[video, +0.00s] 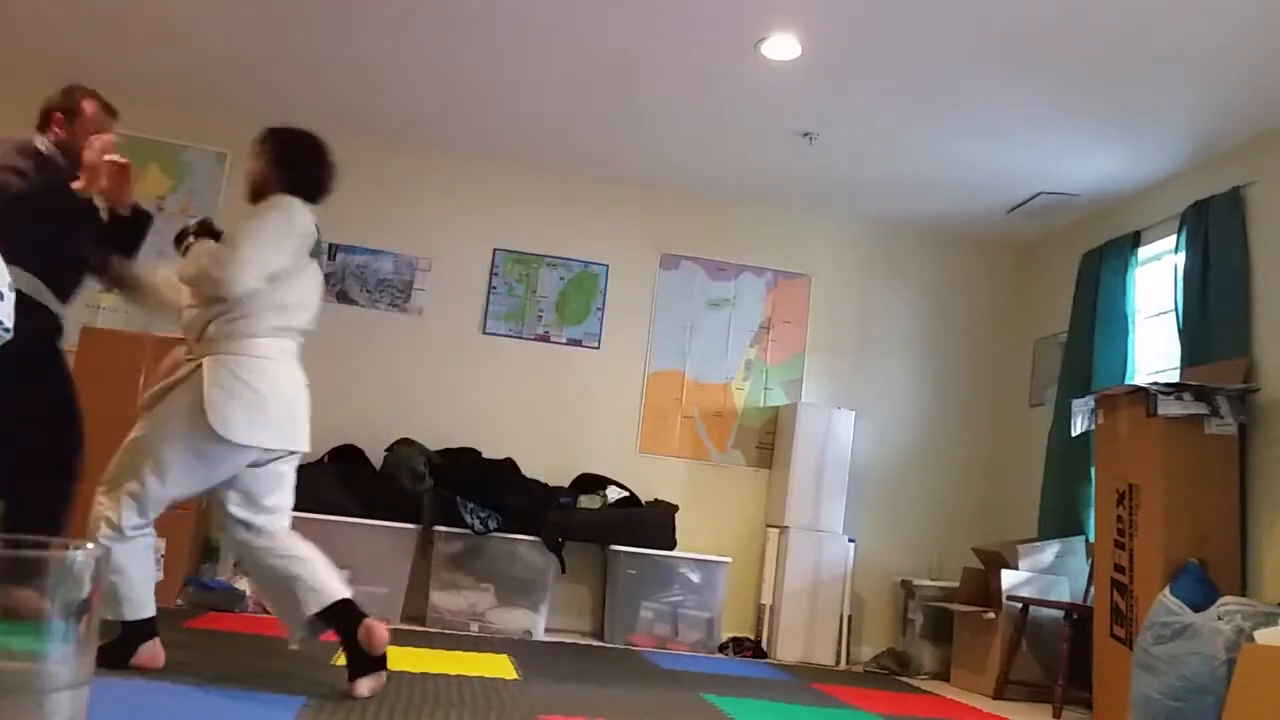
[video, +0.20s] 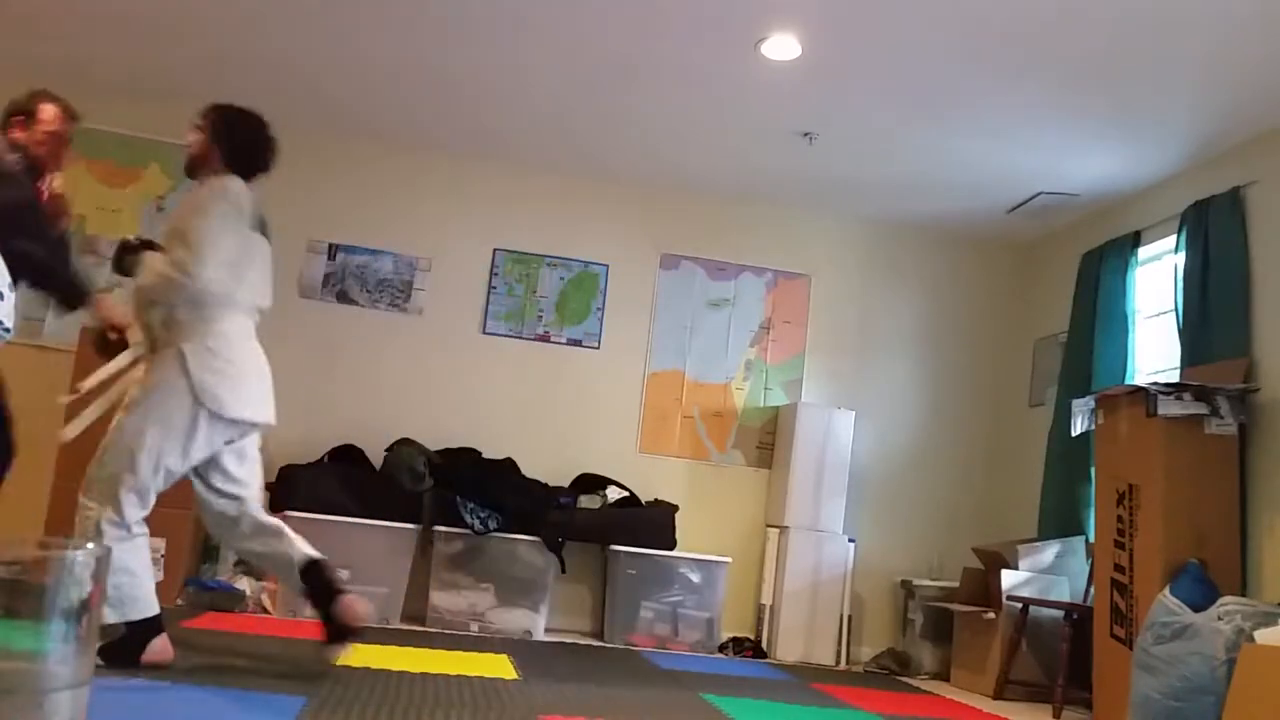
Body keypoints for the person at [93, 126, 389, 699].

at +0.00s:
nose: (250, 166)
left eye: (258, 157)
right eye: (254, 155)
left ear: (277, 167)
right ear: (307, 177)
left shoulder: (282, 212)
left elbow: (233, 277)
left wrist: (196, 245)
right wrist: (122, 271)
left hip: (236, 388)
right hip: (282, 397)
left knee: (123, 499)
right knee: (258, 529)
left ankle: (136, 633)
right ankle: (354, 626)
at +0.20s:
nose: (187, 141)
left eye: (198, 133)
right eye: (193, 131)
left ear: (221, 147)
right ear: (241, 154)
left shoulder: (216, 195)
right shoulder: (243, 208)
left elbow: (199, 278)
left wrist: (142, 269)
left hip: (198, 375)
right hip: (239, 379)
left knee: (110, 493)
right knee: (235, 516)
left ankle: (138, 628)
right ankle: (324, 588)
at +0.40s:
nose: (167, 148)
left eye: (172, 139)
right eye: (170, 138)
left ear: (189, 145)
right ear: (231, 157)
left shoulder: (167, 185)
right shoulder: (255, 232)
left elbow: (90, 259)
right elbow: (252, 322)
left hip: (155, 361)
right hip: (222, 382)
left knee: (43, 451)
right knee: (205, 498)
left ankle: (55, 583)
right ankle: (239, 632)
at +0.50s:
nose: (156, 153)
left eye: (160, 145)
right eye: (161, 144)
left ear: (169, 153)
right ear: (219, 168)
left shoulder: (132, 198)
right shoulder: (237, 238)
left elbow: (42, 232)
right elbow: (242, 328)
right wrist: (193, 354)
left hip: (128, 373)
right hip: (204, 388)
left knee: (17, 471)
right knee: (211, 508)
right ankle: (248, 629)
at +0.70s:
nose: (92, 156)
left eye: (98, 150)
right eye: (98, 149)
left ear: (104, 156)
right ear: (158, 176)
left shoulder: (55, 194)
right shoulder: (177, 233)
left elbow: (2, 215)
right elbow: (198, 312)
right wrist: (154, 367)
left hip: (42, 370)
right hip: (131, 383)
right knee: (167, 498)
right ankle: (205, 598)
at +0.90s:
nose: (80, 138)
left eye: (86, 131)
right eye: (84, 130)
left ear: (101, 138)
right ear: (150, 153)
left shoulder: (57, 174)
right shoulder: (174, 213)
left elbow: (3, 239)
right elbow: (179, 307)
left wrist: (32, 278)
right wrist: (128, 309)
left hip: (43, 337)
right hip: (124, 352)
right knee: (141, 475)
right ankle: (160, 570)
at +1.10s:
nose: (130, 168)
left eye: (134, 160)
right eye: (135, 160)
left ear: (142, 165)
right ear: (192, 178)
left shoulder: (103, 197)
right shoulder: (214, 243)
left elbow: (24, 255)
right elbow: (194, 327)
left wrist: (8, 237)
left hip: (77, 359)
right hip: (150, 380)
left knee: (0, 469)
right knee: (144, 507)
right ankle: (159, 611)